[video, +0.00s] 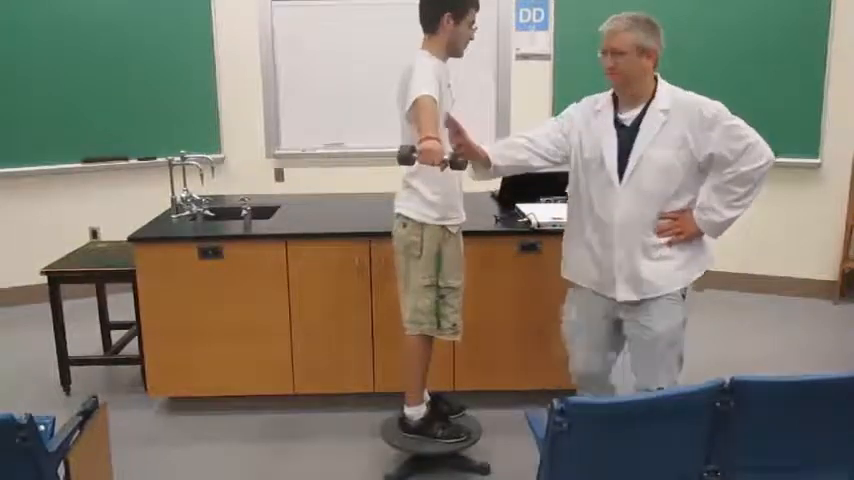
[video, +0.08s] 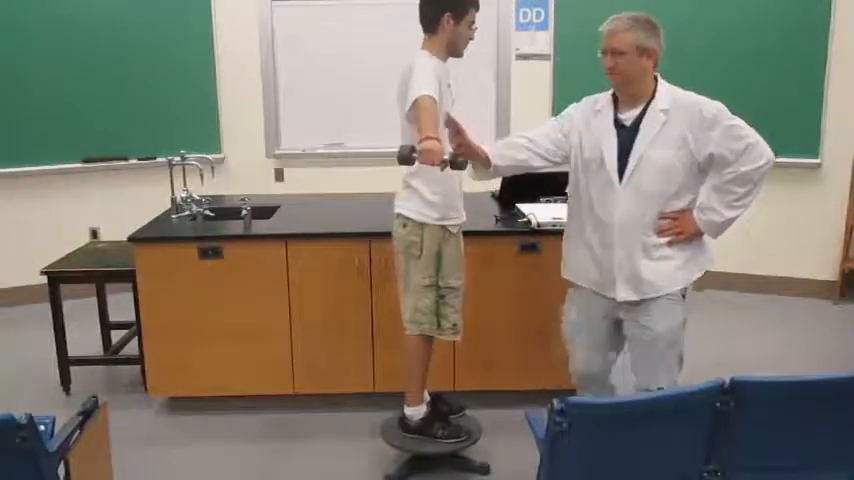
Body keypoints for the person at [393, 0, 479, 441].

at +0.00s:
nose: (473, 34)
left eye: (475, 26)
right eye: (471, 24)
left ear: (446, 24)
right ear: (447, 22)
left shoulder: (438, 72)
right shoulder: (424, 69)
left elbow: (445, 129)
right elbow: (424, 112)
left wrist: (467, 152)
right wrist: (430, 140)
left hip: (438, 215)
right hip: (422, 216)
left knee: (430, 314)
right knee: (421, 316)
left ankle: (421, 399)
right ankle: (414, 412)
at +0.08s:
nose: (474, 34)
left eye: (475, 25)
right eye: (471, 24)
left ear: (446, 24)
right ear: (447, 22)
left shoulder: (438, 72)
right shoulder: (424, 69)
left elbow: (446, 128)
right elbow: (424, 110)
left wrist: (467, 151)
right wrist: (430, 139)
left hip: (439, 215)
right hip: (422, 215)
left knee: (431, 313)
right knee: (421, 314)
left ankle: (421, 398)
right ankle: (414, 411)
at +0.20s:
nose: (474, 34)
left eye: (475, 25)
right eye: (470, 24)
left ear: (446, 24)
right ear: (445, 22)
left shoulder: (437, 71)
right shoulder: (423, 68)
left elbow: (443, 134)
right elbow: (423, 113)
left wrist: (471, 154)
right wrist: (430, 137)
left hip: (439, 214)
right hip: (422, 214)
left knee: (431, 313)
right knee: (421, 314)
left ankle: (421, 399)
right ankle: (414, 411)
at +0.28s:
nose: (474, 34)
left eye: (475, 25)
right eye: (470, 24)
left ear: (446, 24)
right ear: (445, 22)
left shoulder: (437, 71)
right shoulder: (423, 68)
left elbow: (442, 134)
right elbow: (423, 113)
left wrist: (470, 154)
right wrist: (430, 137)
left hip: (439, 214)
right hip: (422, 214)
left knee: (431, 313)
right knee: (421, 314)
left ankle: (421, 399)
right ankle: (414, 411)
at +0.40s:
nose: (474, 35)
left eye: (475, 26)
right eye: (470, 25)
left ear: (446, 25)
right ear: (445, 23)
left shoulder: (438, 72)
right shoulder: (423, 68)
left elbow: (442, 141)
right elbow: (418, 112)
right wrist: (419, 136)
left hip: (439, 215)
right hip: (422, 215)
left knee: (432, 314)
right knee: (422, 316)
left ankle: (421, 399)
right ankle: (414, 411)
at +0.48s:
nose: (474, 35)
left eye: (475, 26)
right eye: (470, 25)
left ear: (446, 25)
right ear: (445, 23)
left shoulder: (438, 72)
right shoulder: (423, 68)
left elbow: (442, 141)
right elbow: (418, 111)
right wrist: (419, 136)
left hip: (439, 215)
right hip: (422, 215)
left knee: (432, 314)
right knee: (422, 316)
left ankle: (421, 399)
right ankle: (414, 411)